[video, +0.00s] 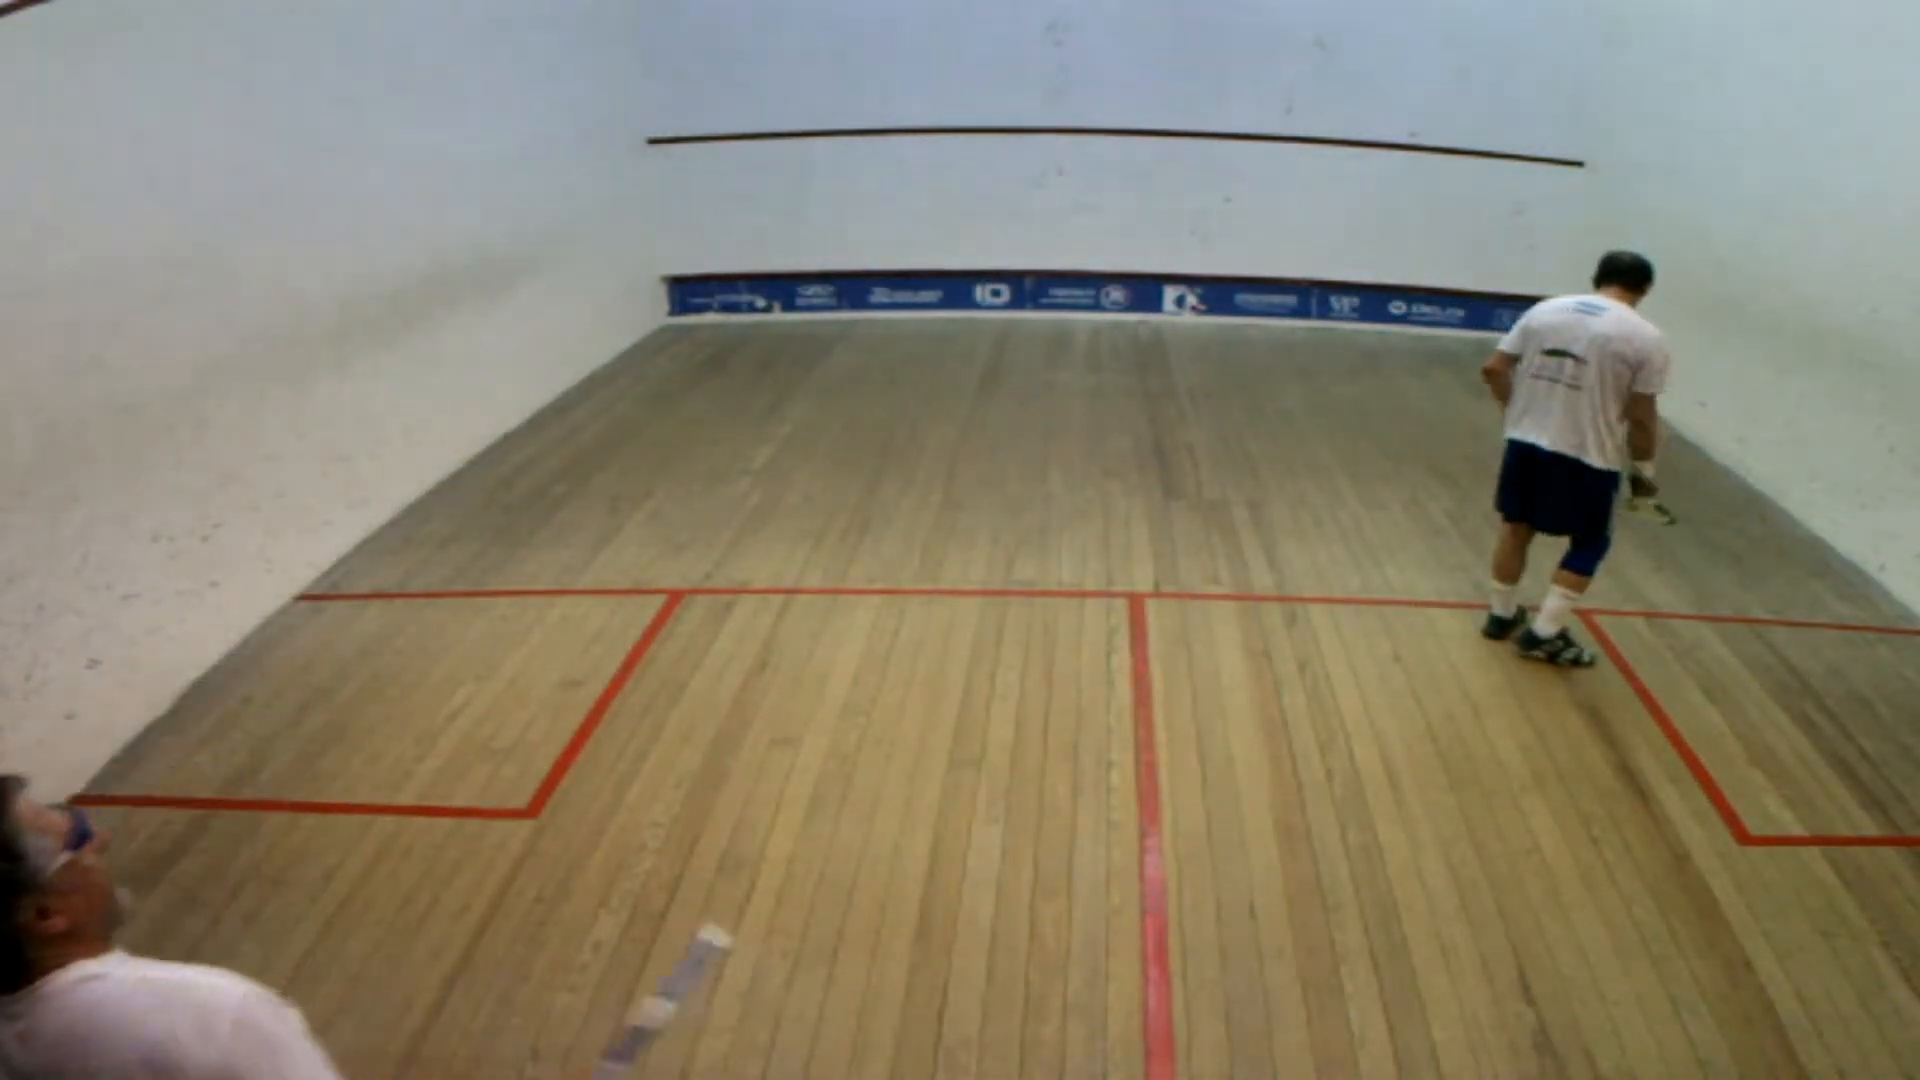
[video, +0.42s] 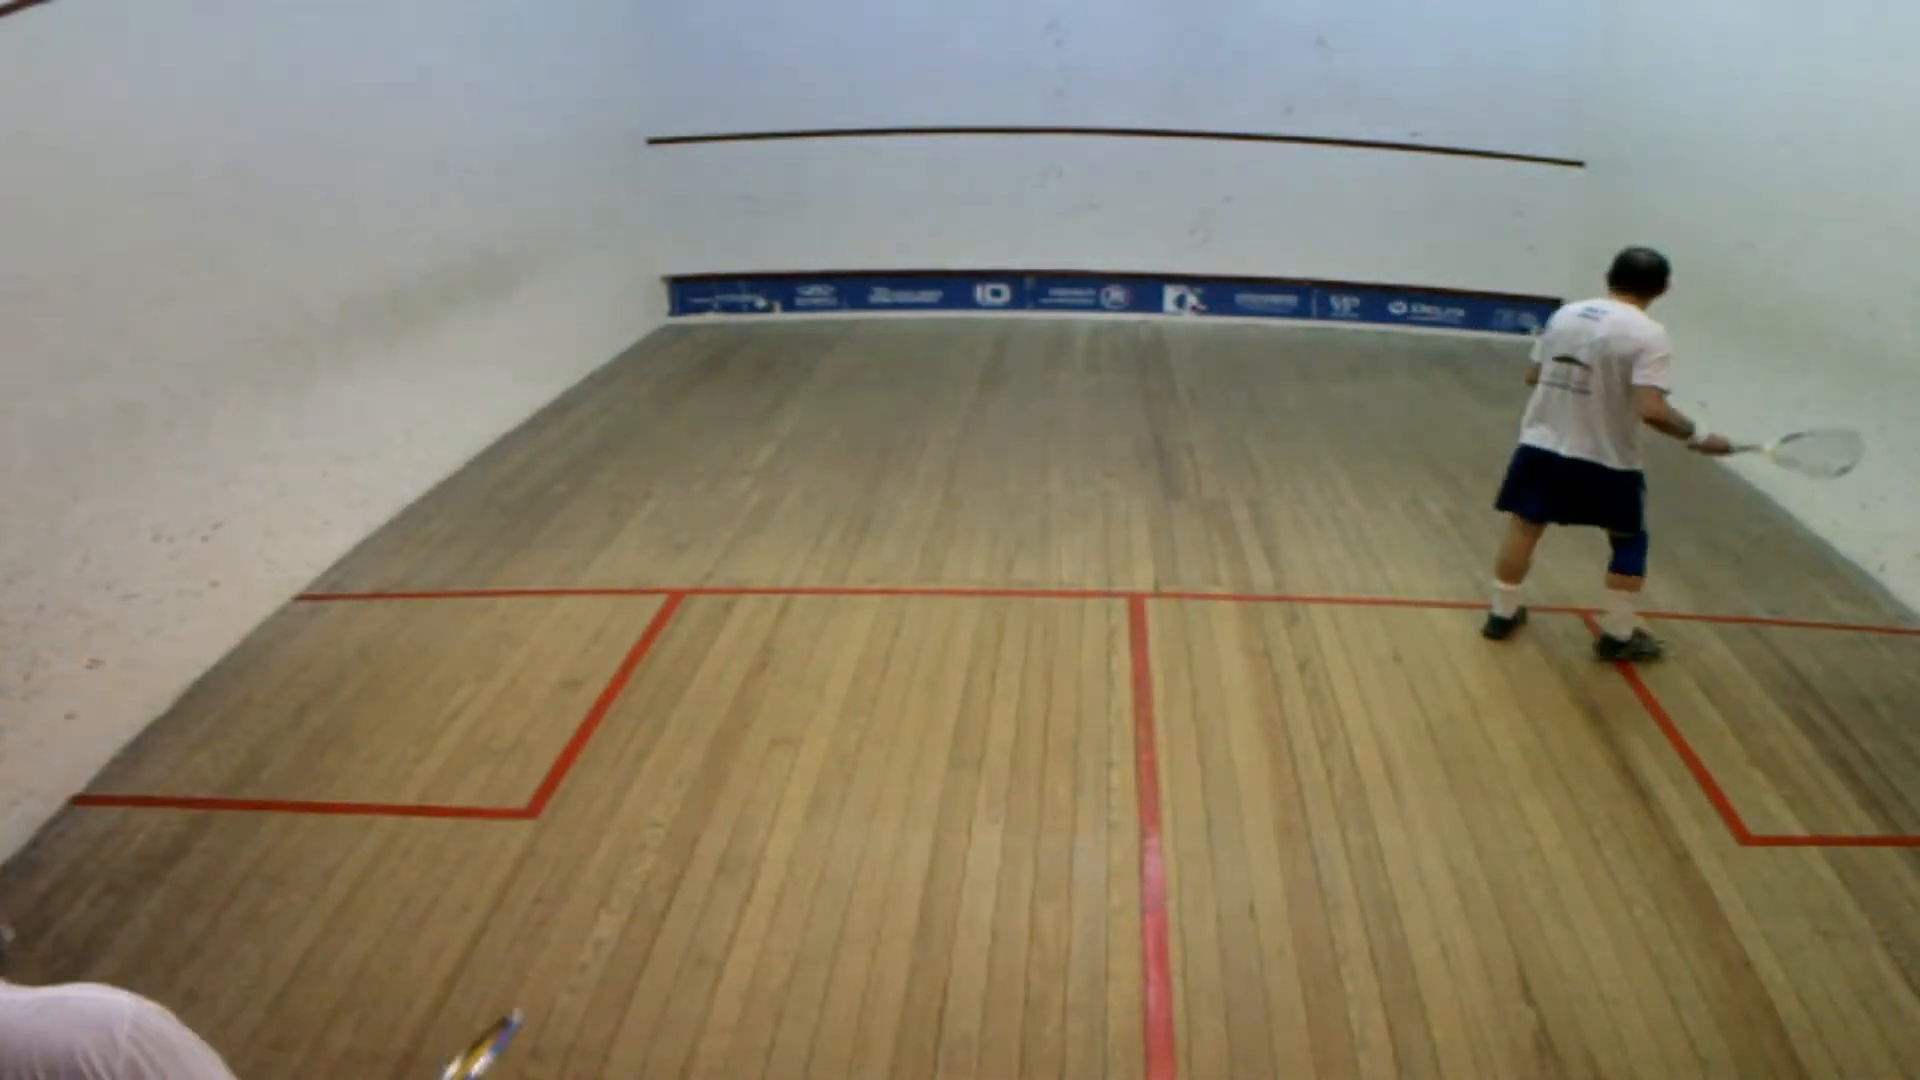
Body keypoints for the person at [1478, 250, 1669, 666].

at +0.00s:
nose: (1640, 299)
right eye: (1644, 294)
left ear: (1597, 280)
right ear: (1640, 290)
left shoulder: (1547, 310)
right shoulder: (1644, 337)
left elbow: (1495, 368)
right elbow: (1641, 416)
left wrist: (1520, 413)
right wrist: (1643, 470)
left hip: (1526, 445)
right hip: (1589, 460)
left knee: (1516, 528)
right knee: (1590, 542)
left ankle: (1500, 613)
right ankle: (1545, 630)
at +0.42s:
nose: (1662, 294)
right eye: (1662, 288)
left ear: (1612, 278)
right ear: (1658, 290)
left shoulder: (1568, 314)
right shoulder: (1649, 335)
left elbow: (1534, 375)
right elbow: (1650, 410)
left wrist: (1585, 382)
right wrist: (1696, 436)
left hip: (1542, 450)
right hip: (1608, 463)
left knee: (1524, 528)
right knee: (1629, 542)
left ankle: (1501, 613)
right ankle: (1618, 632)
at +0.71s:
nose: (1720, 305)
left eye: (1718, 295)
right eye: (1720, 298)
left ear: (1669, 286)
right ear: (1714, 302)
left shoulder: (1626, 324)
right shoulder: (1693, 348)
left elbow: (1624, 387)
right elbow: (1696, 419)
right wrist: (1768, 416)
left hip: (1586, 451)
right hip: (1648, 472)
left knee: (1550, 537)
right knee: (1651, 555)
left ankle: (1504, 612)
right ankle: (1642, 635)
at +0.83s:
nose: (1739, 312)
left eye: (1739, 303)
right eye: (1740, 304)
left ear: (1691, 289)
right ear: (1732, 306)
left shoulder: (1648, 325)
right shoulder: (1705, 350)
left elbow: (1638, 391)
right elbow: (1716, 422)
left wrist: (1690, 421)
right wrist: (1788, 411)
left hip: (1600, 451)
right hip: (1659, 475)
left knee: (1562, 533)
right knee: (1658, 558)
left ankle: (1508, 609)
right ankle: (1641, 635)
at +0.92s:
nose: (1751, 312)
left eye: (1749, 303)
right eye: (1752, 305)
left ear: (1703, 292)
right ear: (1743, 308)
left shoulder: (1662, 324)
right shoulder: (1715, 353)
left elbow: (1646, 389)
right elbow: (1725, 425)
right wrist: (1797, 409)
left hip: (1608, 450)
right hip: (1666, 475)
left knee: (1567, 531)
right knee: (1661, 558)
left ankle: (1510, 607)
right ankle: (1640, 636)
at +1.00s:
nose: (1759, 311)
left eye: (1758, 303)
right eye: (1760, 304)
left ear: (1712, 292)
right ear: (1751, 309)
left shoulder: (1672, 324)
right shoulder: (1725, 356)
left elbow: (1672, 391)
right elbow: (1739, 428)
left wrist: (1739, 398)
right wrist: (1807, 408)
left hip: (1614, 450)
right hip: (1672, 477)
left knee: (1572, 526)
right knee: (1663, 558)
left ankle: (1512, 603)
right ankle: (1640, 636)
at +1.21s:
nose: (1775, 313)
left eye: (1775, 308)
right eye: (1774, 307)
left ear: (1726, 297)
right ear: (1765, 313)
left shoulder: (1688, 322)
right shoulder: (1740, 363)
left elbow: (1715, 350)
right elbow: (1773, 432)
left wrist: (1758, 343)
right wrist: (1835, 403)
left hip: (1621, 448)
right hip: (1676, 478)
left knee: (1578, 522)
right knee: (1664, 559)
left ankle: (1517, 599)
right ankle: (1639, 637)